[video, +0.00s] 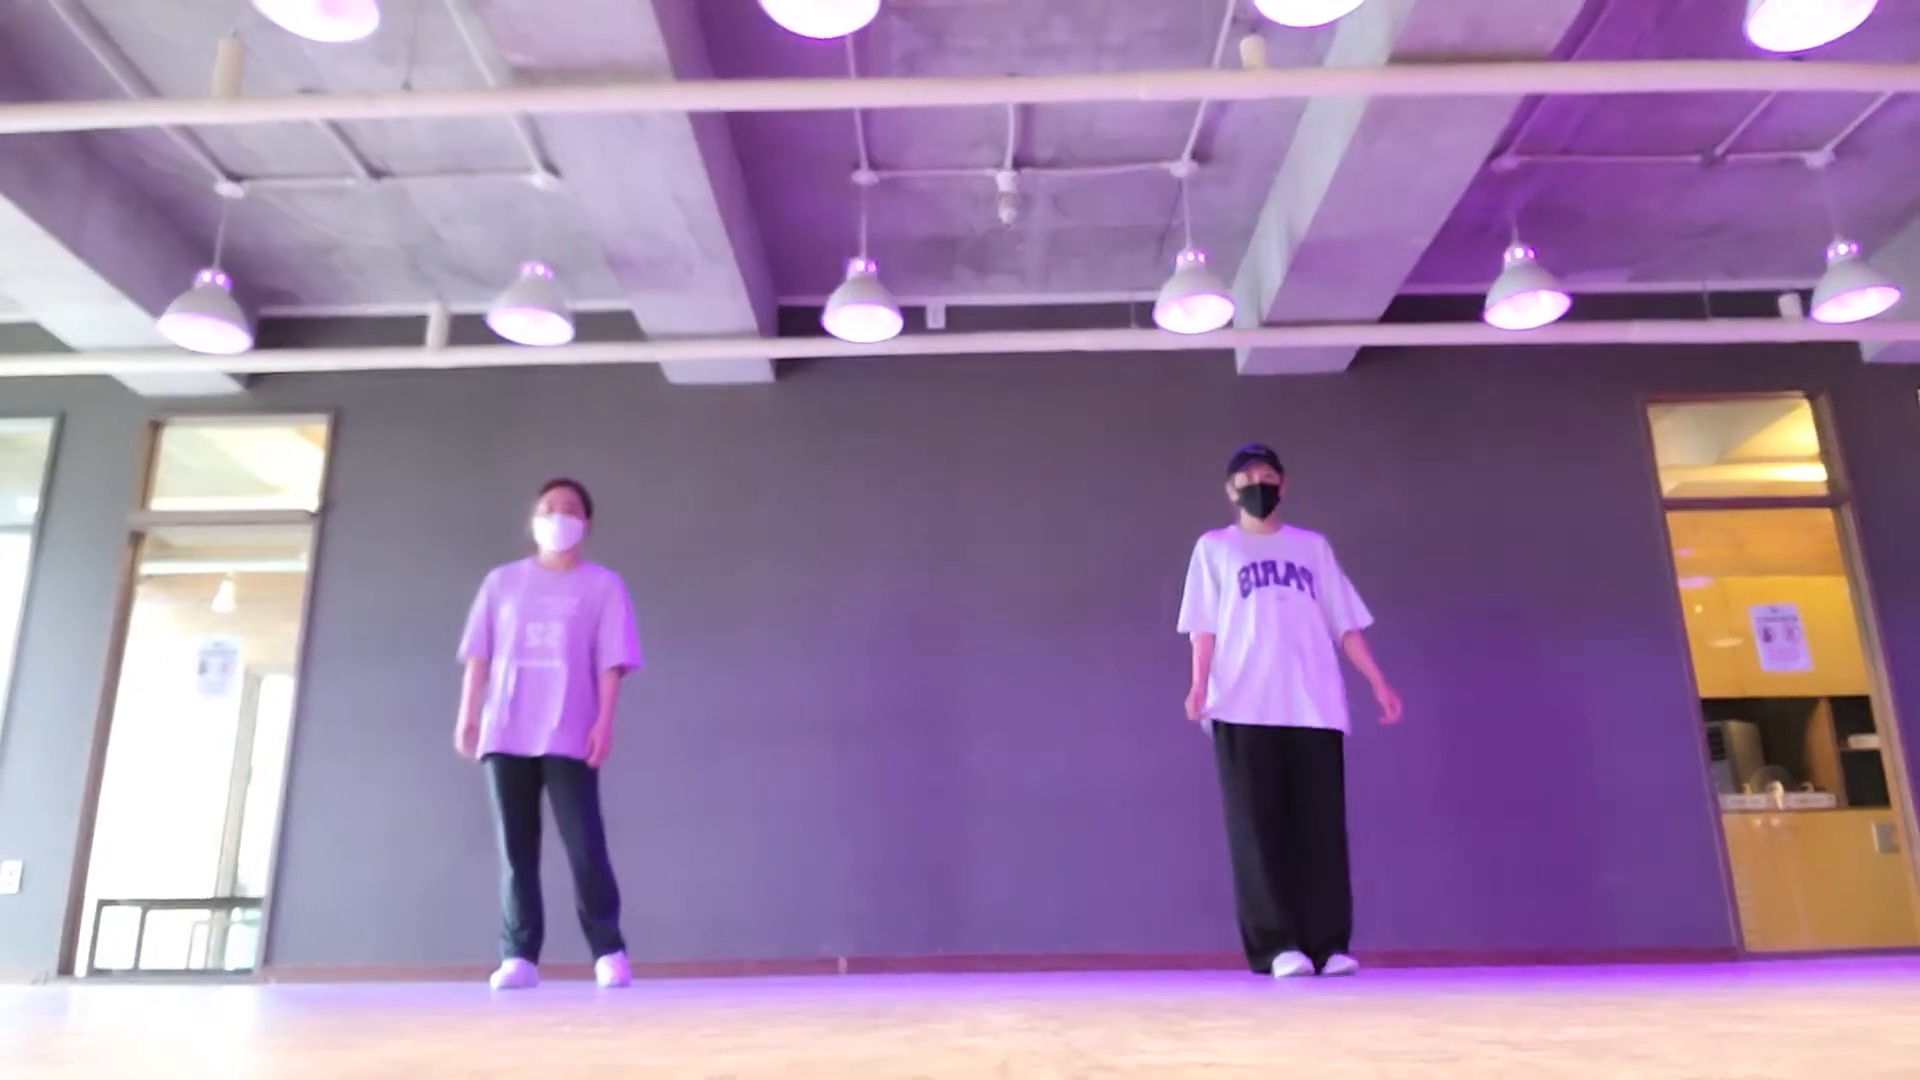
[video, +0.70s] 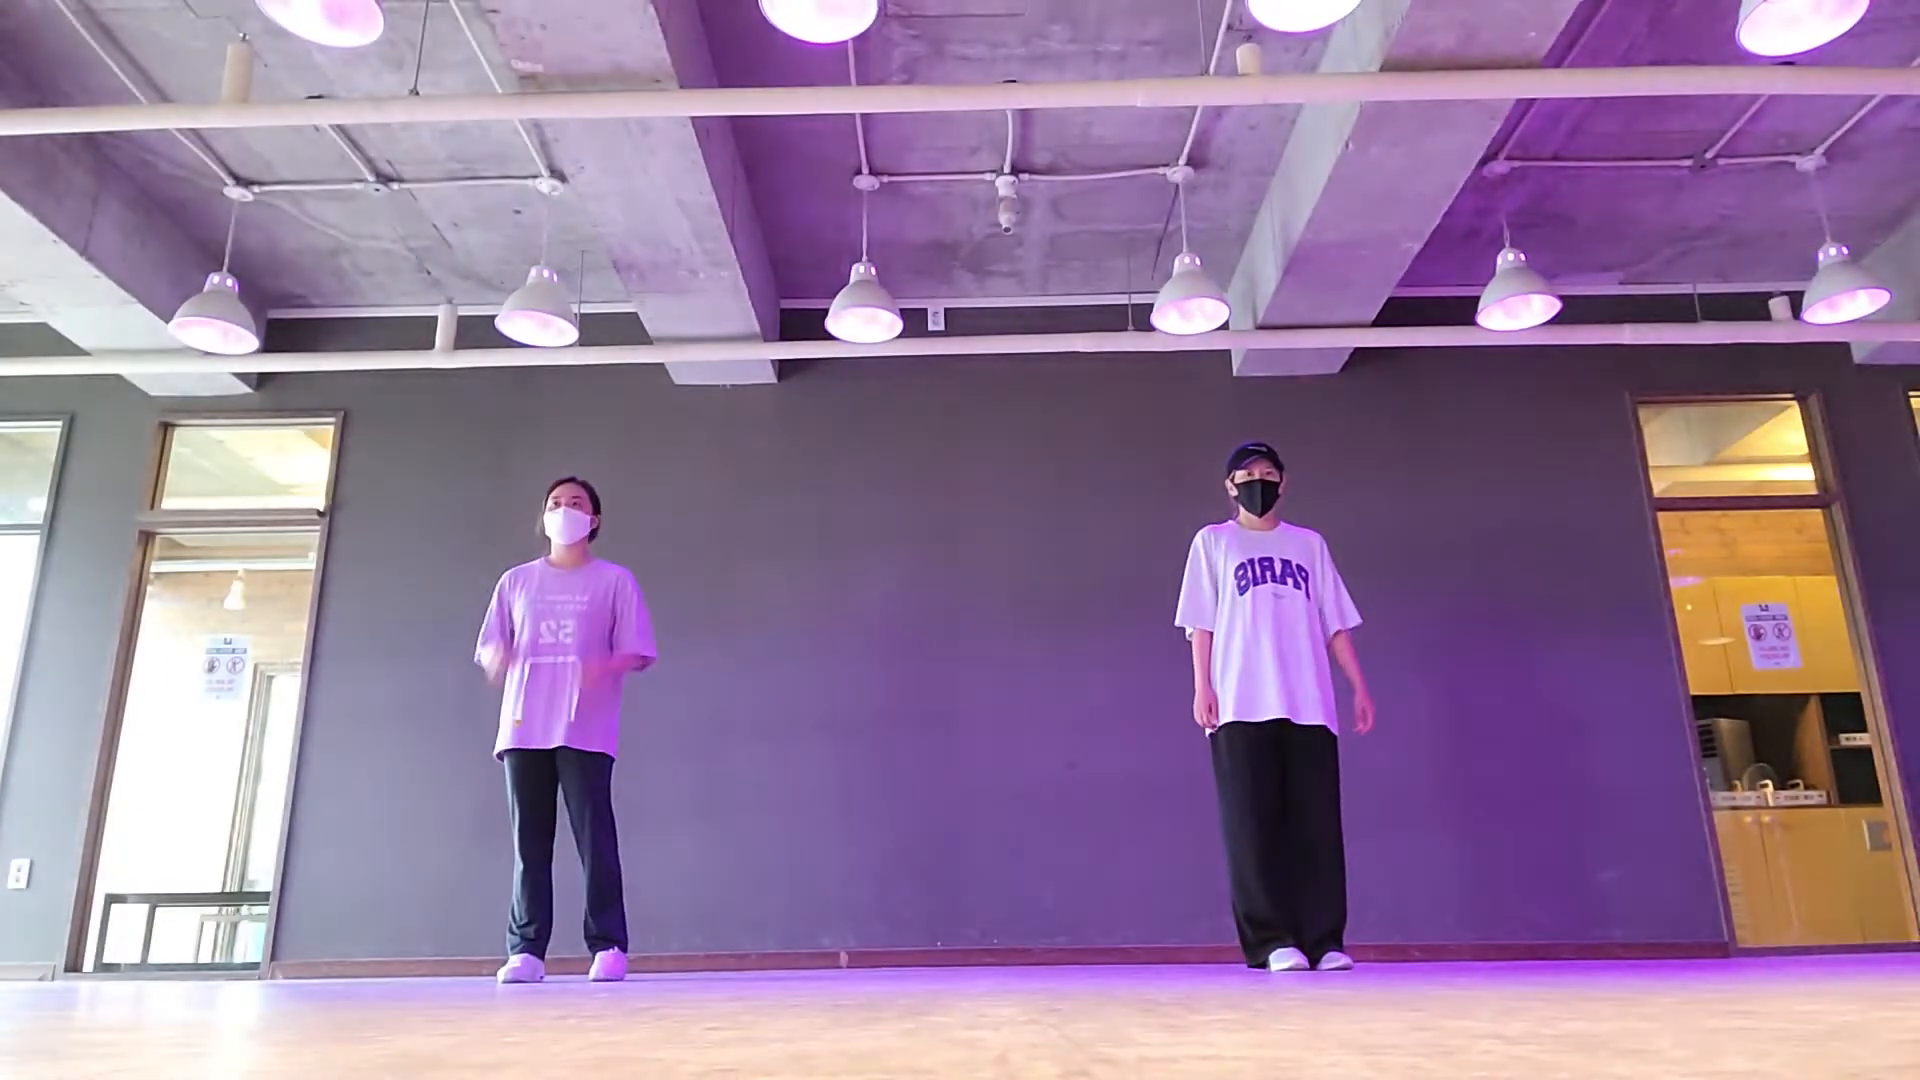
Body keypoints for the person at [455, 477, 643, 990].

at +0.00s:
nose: (557, 521)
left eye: (569, 513)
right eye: (548, 512)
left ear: (585, 525)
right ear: (532, 522)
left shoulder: (603, 586)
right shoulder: (501, 582)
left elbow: (611, 665)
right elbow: (477, 656)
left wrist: (604, 723)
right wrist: (468, 716)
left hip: (568, 735)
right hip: (506, 733)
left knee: (586, 849)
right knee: (516, 853)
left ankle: (609, 952)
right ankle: (518, 956)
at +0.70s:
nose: (566, 511)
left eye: (577, 505)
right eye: (557, 504)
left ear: (594, 522)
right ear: (543, 520)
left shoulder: (616, 581)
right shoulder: (514, 581)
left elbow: (638, 653)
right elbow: (490, 651)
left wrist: (604, 666)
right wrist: (497, 657)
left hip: (586, 729)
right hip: (524, 728)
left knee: (595, 841)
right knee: (529, 845)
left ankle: (609, 949)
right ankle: (525, 953)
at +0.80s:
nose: (569, 510)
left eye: (581, 504)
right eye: (560, 504)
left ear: (598, 522)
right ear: (547, 521)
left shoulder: (621, 580)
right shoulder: (521, 580)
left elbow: (645, 651)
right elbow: (485, 650)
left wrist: (606, 615)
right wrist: (512, 608)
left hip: (591, 728)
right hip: (529, 727)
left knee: (597, 840)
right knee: (531, 844)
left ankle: (609, 949)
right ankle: (525, 953)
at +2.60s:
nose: (593, 511)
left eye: (604, 505)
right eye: (584, 505)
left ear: (620, 522)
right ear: (570, 520)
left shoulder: (635, 576)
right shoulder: (543, 577)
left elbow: (670, 617)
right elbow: (490, 610)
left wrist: (663, 565)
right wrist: (516, 555)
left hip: (612, 721)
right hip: (548, 721)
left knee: (611, 837)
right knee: (543, 837)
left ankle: (610, 949)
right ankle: (527, 951)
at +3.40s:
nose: (573, 511)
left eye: (586, 503)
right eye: (569, 504)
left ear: (611, 519)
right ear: (562, 518)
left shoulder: (633, 574)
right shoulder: (543, 581)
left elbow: (676, 633)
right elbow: (499, 641)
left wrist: (657, 583)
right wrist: (478, 601)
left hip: (609, 723)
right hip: (547, 723)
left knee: (609, 839)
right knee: (542, 841)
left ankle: (610, 949)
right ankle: (527, 951)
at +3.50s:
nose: (573, 510)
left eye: (585, 503)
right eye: (569, 503)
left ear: (611, 518)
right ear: (561, 518)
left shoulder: (636, 576)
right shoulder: (540, 582)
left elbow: (674, 645)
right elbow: (518, 652)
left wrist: (639, 636)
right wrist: (494, 655)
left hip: (607, 725)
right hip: (546, 725)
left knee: (608, 840)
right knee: (541, 841)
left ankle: (610, 949)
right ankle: (527, 952)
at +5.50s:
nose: (556, 515)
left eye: (568, 508)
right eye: (553, 508)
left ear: (597, 518)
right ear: (547, 520)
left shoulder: (628, 572)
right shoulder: (535, 582)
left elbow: (654, 648)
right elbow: (538, 660)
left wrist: (650, 712)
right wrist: (534, 718)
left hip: (602, 721)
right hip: (542, 724)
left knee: (604, 838)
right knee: (538, 840)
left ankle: (609, 948)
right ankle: (527, 950)